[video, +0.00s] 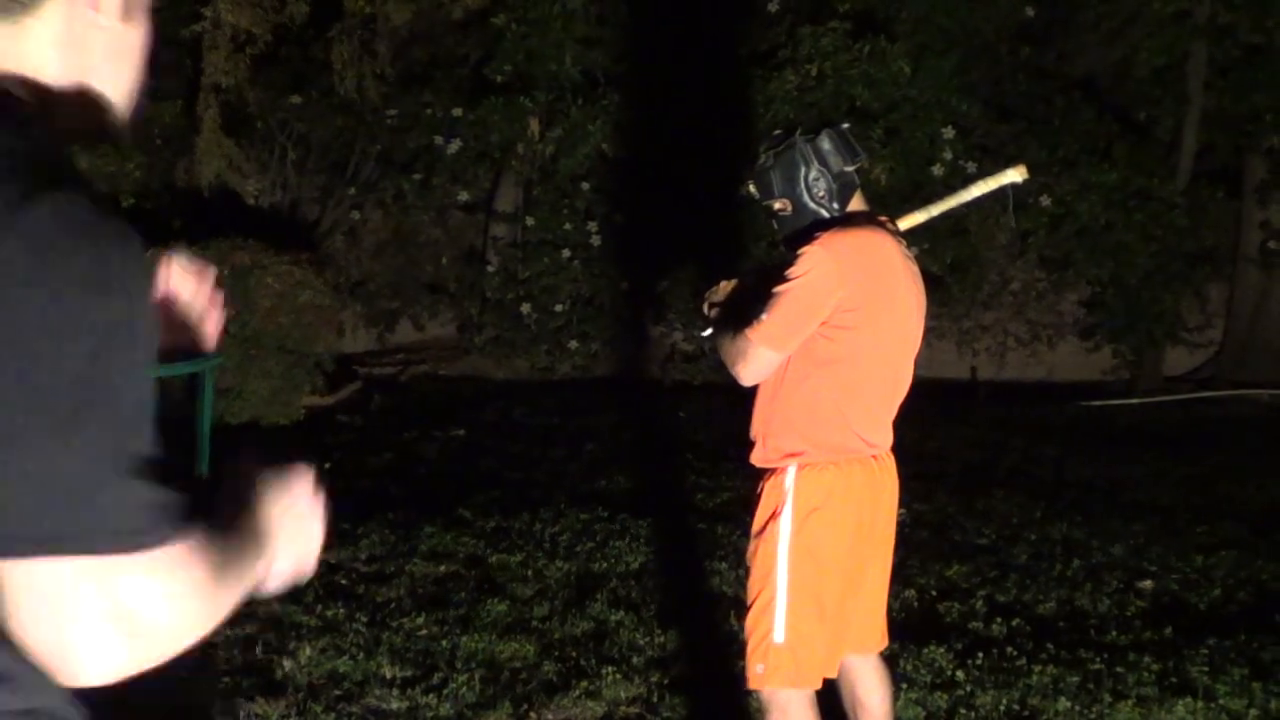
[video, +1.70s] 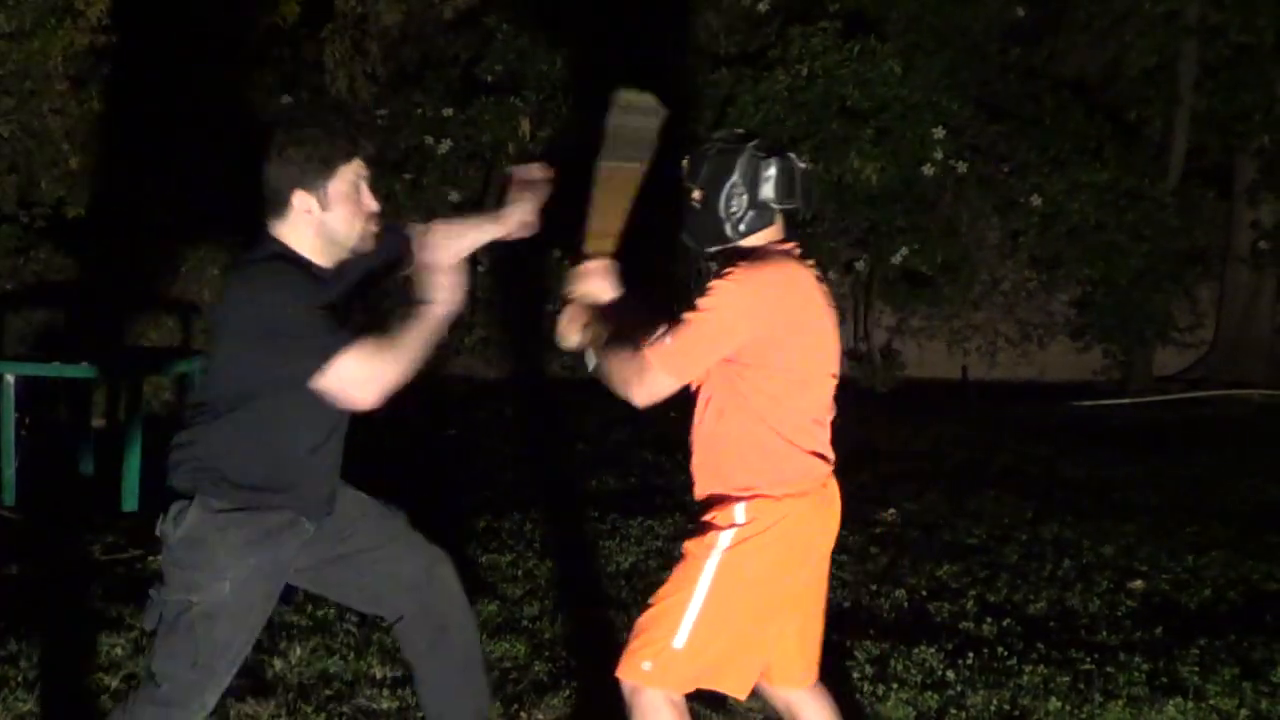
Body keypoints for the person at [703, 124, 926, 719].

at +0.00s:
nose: (777, 215)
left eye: (779, 202)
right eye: (774, 202)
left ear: (802, 197)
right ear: (844, 185)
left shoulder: (830, 258)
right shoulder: (899, 261)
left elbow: (749, 364)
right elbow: (828, 343)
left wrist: (721, 317)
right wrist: (759, 300)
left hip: (809, 484)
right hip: (870, 481)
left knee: (781, 677)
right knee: (857, 651)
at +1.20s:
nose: (777, 198)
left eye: (786, 184)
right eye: (776, 183)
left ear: (821, 185)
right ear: (850, 186)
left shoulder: (825, 261)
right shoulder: (895, 268)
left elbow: (728, 354)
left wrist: (705, 329)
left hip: (818, 487)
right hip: (873, 485)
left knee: (773, 680)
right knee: (835, 670)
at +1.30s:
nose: (774, 198)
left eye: (781, 186)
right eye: (774, 185)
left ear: (812, 190)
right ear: (853, 192)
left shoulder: (799, 263)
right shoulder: (903, 276)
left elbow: (699, 330)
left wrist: (756, 281)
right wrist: (875, 250)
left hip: (815, 492)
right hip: (878, 488)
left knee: (755, 679)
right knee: (832, 673)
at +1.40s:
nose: (764, 201)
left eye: (770, 191)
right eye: (765, 189)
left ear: (791, 199)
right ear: (846, 197)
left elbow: (697, 309)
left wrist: (765, 277)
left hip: (804, 500)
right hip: (871, 494)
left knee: (727, 679)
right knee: (819, 665)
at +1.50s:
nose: (747, 202)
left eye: (753, 192)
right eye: (750, 190)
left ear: (773, 202)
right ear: (828, 200)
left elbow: (694, 322)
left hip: (789, 502)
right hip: (854, 496)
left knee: (696, 676)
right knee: (808, 663)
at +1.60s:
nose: (721, 202)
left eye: (728, 191)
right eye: (726, 190)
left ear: (747, 204)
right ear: (805, 205)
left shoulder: (751, 279)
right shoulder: (842, 280)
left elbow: (661, 351)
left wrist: (643, 315)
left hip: (772, 505)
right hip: (830, 499)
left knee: (669, 676)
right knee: (808, 675)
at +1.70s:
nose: (693, 211)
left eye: (700, 199)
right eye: (695, 197)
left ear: (727, 207)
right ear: (771, 206)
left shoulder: (748, 290)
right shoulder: (799, 283)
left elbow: (642, 384)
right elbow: (684, 344)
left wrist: (593, 338)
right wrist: (618, 305)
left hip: (756, 513)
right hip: (804, 504)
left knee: (649, 678)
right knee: (787, 680)